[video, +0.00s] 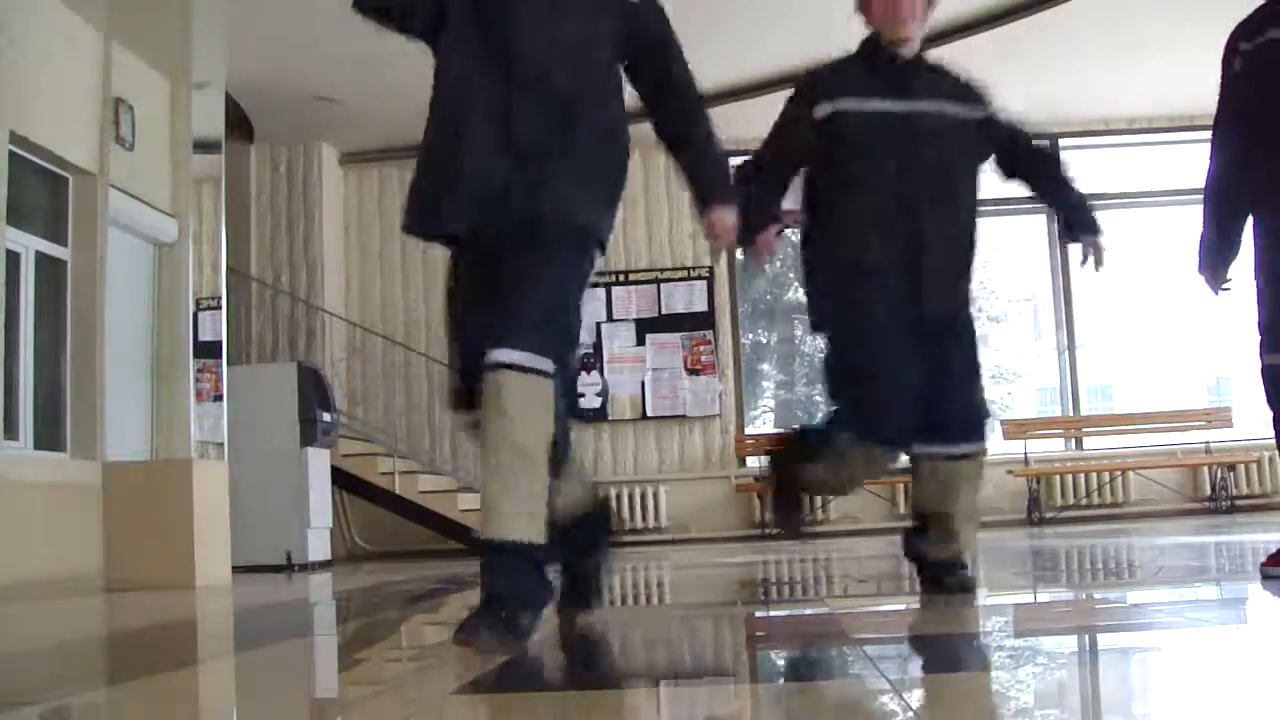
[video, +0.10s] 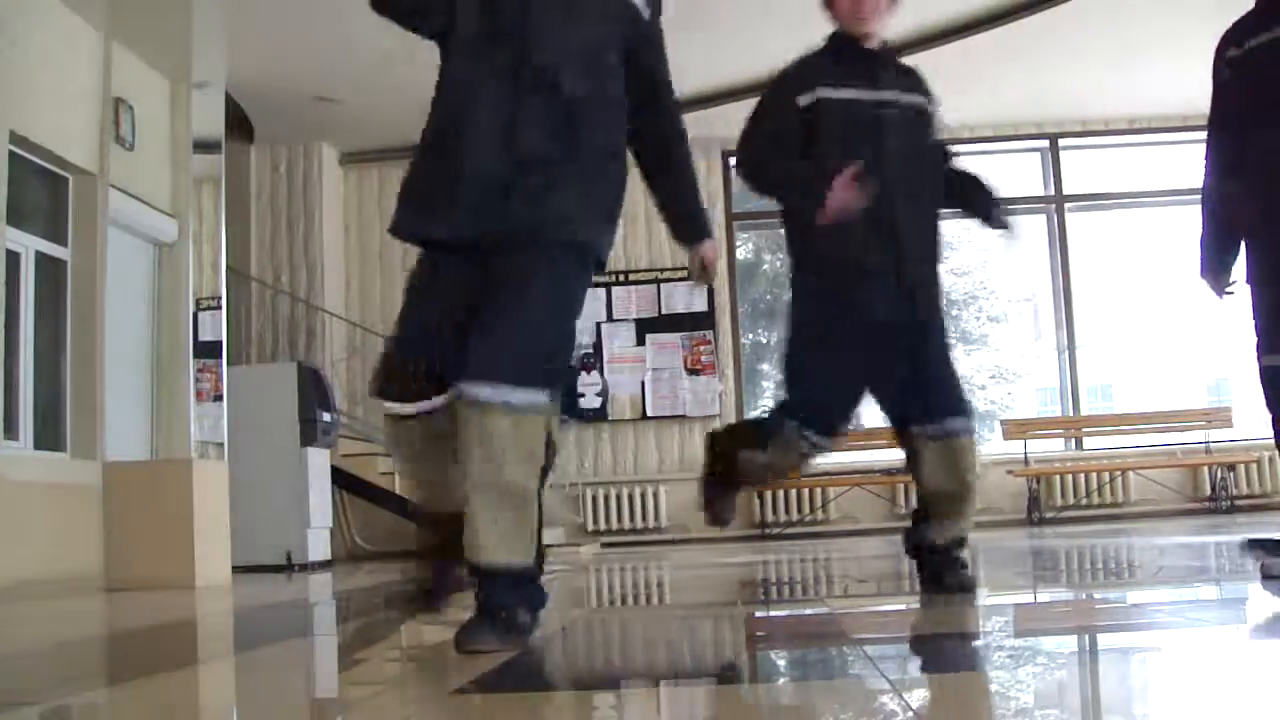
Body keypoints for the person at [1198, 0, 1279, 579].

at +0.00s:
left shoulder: (1255, 36)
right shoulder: (1252, 35)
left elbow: (1233, 154)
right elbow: (1232, 152)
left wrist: (1216, 251)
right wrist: (1218, 250)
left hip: (1277, 269)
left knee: (1279, 404)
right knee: (1278, 405)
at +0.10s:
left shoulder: (1245, 40)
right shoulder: (1243, 39)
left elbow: (1227, 159)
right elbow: (1227, 157)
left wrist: (1216, 255)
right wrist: (1218, 253)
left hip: (1273, 262)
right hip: (1267, 261)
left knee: (1279, 402)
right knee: (1276, 401)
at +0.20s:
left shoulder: (1244, 48)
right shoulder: (1230, 45)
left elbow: (1252, 149)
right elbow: (1220, 154)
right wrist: (1212, 248)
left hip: (1271, 248)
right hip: (1261, 249)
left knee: (1273, 386)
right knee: (1269, 385)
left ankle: (1275, 529)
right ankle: (1274, 527)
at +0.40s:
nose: (1205, 2)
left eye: (1210, 1)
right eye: (1207, 4)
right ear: (1218, 3)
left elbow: (1208, 126)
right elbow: (1201, 127)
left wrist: (1103, 131)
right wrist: (1103, 130)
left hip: (1269, 267)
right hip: (1259, 265)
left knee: (1241, 401)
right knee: (1238, 401)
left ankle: (1267, 548)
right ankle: (1264, 548)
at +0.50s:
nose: (1178, 10)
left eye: (1182, 6)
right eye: (1181, 7)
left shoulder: (1227, 43)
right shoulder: (1248, 37)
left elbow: (1157, 112)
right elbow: (1160, 111)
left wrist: (1063, 113)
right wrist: (1071, 115)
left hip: (1245, 271)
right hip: (1253, 267)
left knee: (1226, 404)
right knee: (1236, 406)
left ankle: (1265, 547)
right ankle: (1264, 547)